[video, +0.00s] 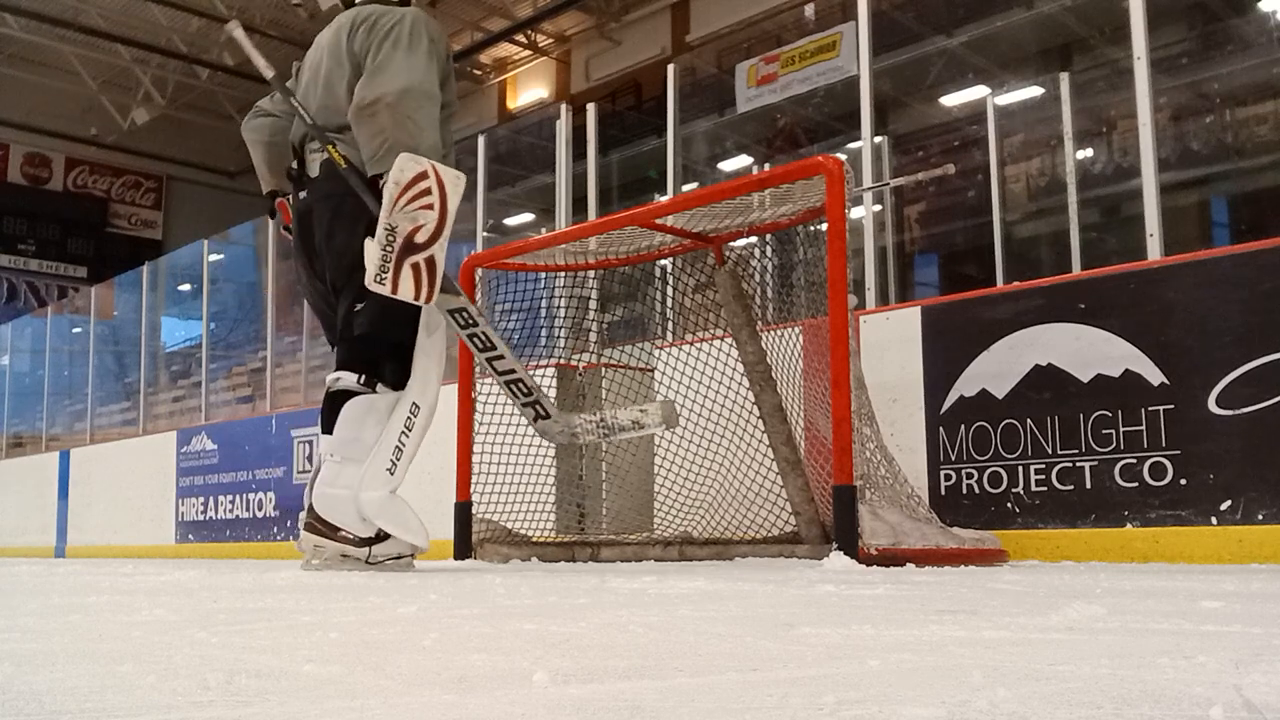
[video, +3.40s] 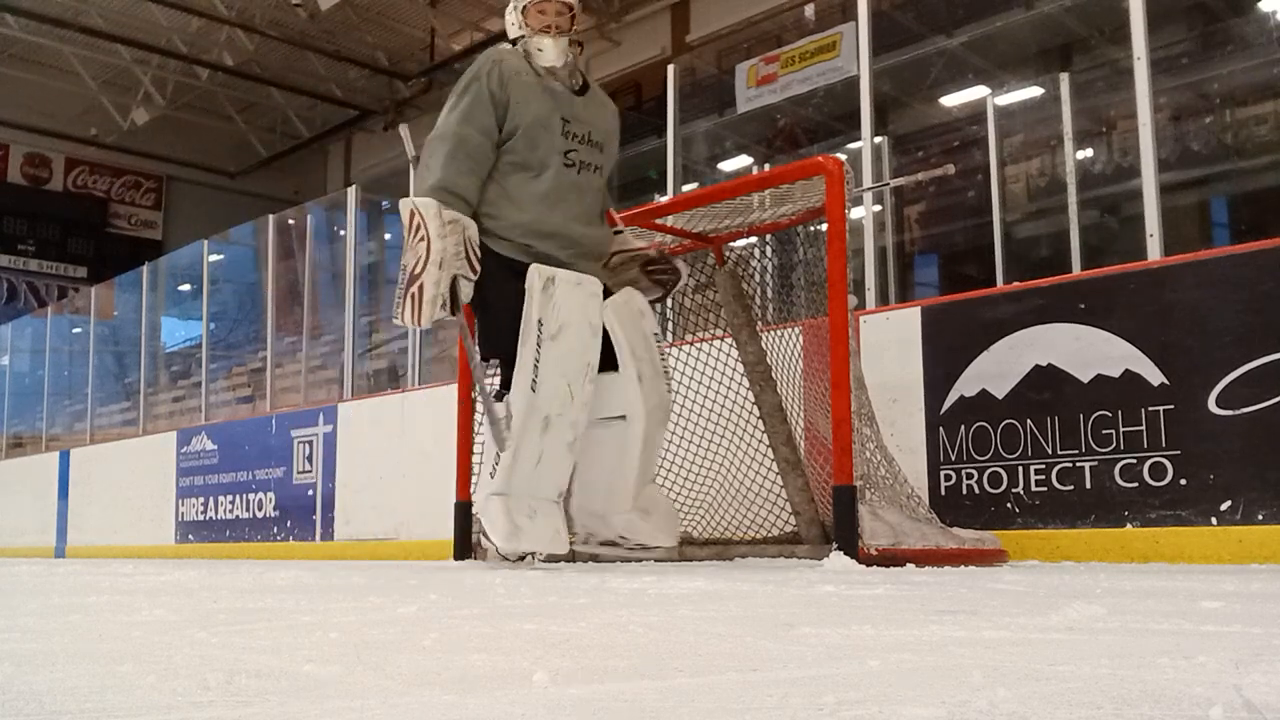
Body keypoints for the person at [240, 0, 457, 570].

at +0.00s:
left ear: (353, 4)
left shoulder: (318, 54)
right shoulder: (403, 23)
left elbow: (261, 123)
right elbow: (392, 110)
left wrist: (279, 191)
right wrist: (418, 216)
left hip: (311, 218)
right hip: (362, 203)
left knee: (355, 358)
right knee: (388, 354)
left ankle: (335, 518)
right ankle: (343, 508)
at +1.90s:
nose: (452, 16)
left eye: (451, 11)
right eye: (448, 10)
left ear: (392, 17)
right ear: (428, 13)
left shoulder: (358, 76)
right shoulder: (421, 45)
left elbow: (308, 142)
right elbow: (395, 117)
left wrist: (331, 199)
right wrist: (432, 219)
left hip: (353, 229)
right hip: (398, 223)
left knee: (383, 371)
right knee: (436, 373)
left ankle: (355, 513)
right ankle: (366, 507)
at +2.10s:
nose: (463, 38)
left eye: (465, 31)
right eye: (455, 27)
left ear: (417, 26)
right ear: (427, 22)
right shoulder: (423, 56)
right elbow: (383, 126)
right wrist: (416, 234)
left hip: (377, 236)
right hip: (395, 230)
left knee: (395, 374)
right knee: (423, 373)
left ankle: (368, 510)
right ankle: (371, 504)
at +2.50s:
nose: (501, 55)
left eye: (505, 48)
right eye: (492, 44)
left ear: (502, 55)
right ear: (462, 43)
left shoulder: (476, 108)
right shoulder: (442, 79)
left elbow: (461, 194)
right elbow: (385, 144)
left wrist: (491, 255)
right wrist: (382, 241)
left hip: (449, 259)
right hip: (439, 255)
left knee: (430, 389)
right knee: (469, 382)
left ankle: (395, 513)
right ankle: (445, 514)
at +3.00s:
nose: (525, 32)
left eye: (535, 24)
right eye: (515, 23)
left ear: (548, 35)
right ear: (499, 31)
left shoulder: (549, 110)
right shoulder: (478, 77)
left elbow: (540, 192)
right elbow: (428, 148)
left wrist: (541, 260)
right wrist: (409, 236)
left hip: (525, 267)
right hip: (469, 257)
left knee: (510, 397)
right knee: (492, 396)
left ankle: (458, 525)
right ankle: (474, 526)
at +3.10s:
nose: (533, 29)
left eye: (542, 22)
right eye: (522, 19)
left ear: (553, 34)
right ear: (503, 28)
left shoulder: (565, 113)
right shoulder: (483, 73)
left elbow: (562, 190)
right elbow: (438, 139)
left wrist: (553, 246)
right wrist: (422, 218)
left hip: (545, 268)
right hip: (482, 255)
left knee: (542, 396)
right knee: (501, 390)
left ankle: (519, 527)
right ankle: (480, 524)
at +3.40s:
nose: (554, 13)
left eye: (563, 7)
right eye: (540, 6)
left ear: (578, 20)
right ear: (518, 18)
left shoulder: (603, 108)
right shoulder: (498, 70)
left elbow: (591, 208)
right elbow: (455, 154)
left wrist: (622, 256)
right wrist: (438, 239)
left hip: (585, 274)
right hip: (510, 261)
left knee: (617, 391)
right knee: (527, 398)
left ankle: (606, 521)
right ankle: (524, 529)